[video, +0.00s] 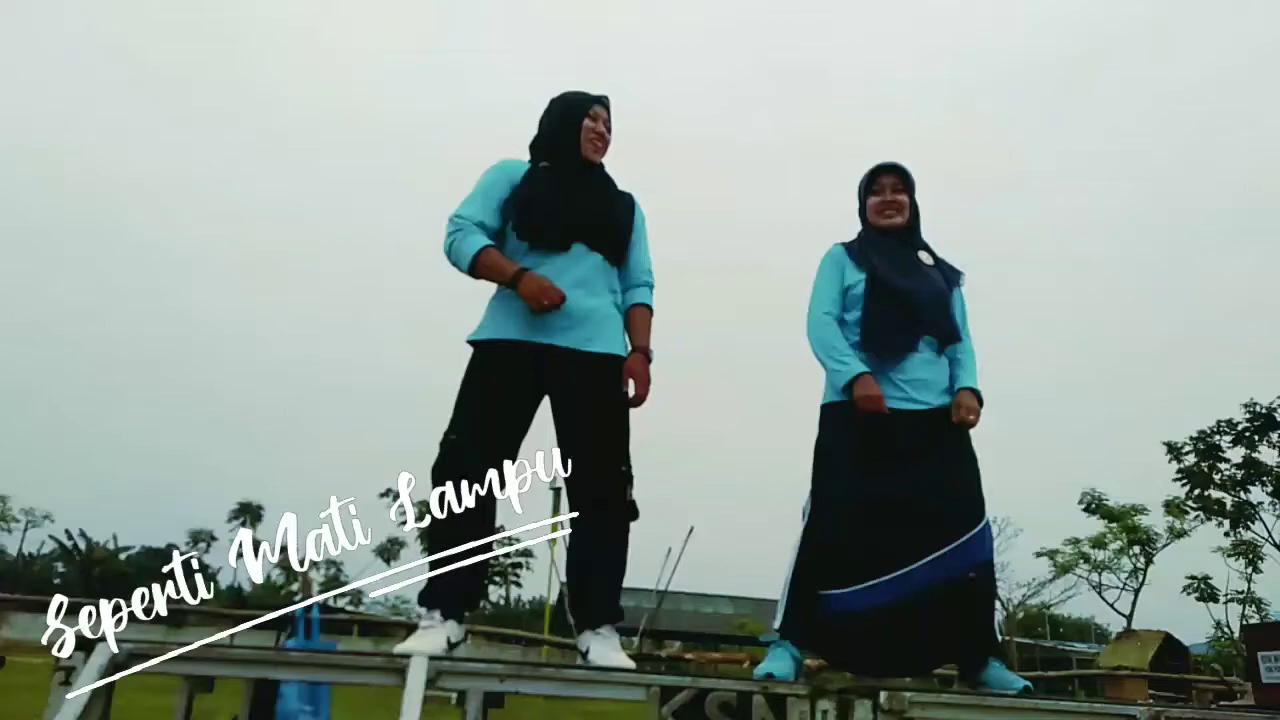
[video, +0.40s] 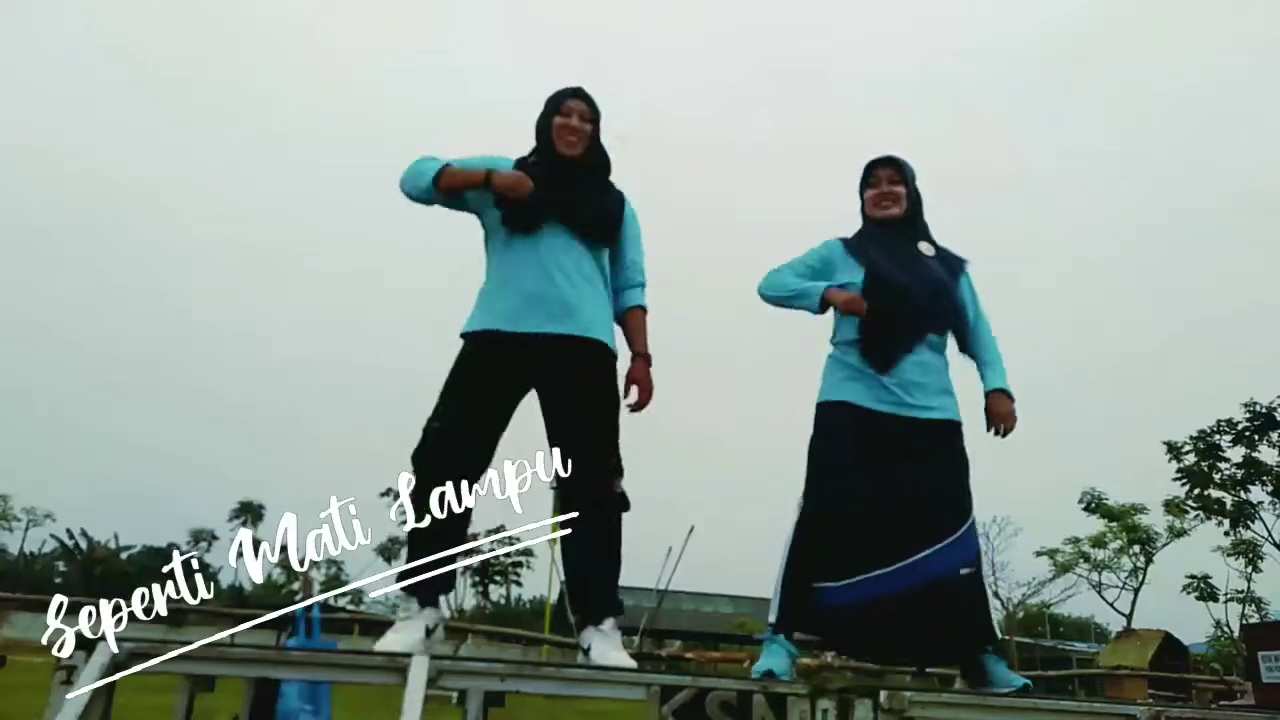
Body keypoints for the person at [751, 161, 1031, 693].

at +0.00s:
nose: (889, 198)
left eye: (899, 191)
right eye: (879, 192)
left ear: (913, 202)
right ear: (863, 204)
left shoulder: (944, 272)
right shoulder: (844, 257)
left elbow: (960, 338)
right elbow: (820, 322)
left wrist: (966, 387)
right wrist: (854, 374)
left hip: (935, 416)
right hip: (860, 413)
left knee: (965, 530)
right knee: (831, 526)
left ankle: (979, 658)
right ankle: (789, 645)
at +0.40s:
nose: (885, 191)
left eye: (895, 183)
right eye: (874, 184)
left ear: (913, 195)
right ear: (862, 199)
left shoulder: (948, 266)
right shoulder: (841, 252)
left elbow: (977, 332)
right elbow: (772, 284)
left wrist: (997, 388)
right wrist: (827, 295)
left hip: (930, 409)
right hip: (852, 402)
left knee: (953, 528)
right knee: (823, 516)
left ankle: (979, 655)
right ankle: (781, 639)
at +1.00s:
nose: (844, 190)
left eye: (854, 182)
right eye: (834, 184)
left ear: (872, 192)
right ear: (821, 196)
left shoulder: (906, 259)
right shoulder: (800, 252)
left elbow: (936, 326)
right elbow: (718, 258)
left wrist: (942, 380)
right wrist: (763, 252)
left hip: (886, 403)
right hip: (809, 394)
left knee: (898, 526)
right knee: (779, 512)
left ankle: (916, 653)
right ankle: (742, 635)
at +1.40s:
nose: (800, 195)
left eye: (810, 190)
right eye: (791, 185)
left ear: (816, 202)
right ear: (768, 190)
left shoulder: (828, 261)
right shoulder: (732, 251)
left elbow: (871, 293)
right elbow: (667, 286)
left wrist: (906, 301)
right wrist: (697, 300)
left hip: (818, 404)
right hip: (744, 401)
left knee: (849, 519)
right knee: (736, 523)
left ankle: (869, 647)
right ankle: (721, 645)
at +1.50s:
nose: (798, 195)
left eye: (807, 190)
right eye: (789, 185)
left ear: (813, 202)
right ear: (765, 188)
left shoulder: (816, 262)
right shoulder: (731, 248)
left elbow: (870, 282)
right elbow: (668, 291)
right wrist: (707, 312)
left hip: (811, 396)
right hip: (741, 389)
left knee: (843, 521)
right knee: (731, 512)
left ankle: (815, 640)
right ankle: (720, 644)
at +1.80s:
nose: (813, 191)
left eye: (821, 188)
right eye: (807, 180)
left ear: (824, 199)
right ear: (779, 179)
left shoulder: (828, 257)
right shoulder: (736, 241)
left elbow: (900, 257)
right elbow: (671, 282)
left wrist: (846, 241)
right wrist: (707, 311)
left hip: (820, 398)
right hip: (745, 392)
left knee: (863, 504)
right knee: (736, 512)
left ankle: (874, 637)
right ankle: (720, 641)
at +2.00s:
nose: (845, 193)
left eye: (853, 189)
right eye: (837, 183)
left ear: (856, 201)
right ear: (809, 183)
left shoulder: (869, 253)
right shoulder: (770, 249)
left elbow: (911, 258)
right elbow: (705, 292)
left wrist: (925, 252)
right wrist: (736, 318)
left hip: (864, 404)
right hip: (784, 400)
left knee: (897, 521)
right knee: (755, 512)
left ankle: (933, 652)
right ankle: (721, 640)